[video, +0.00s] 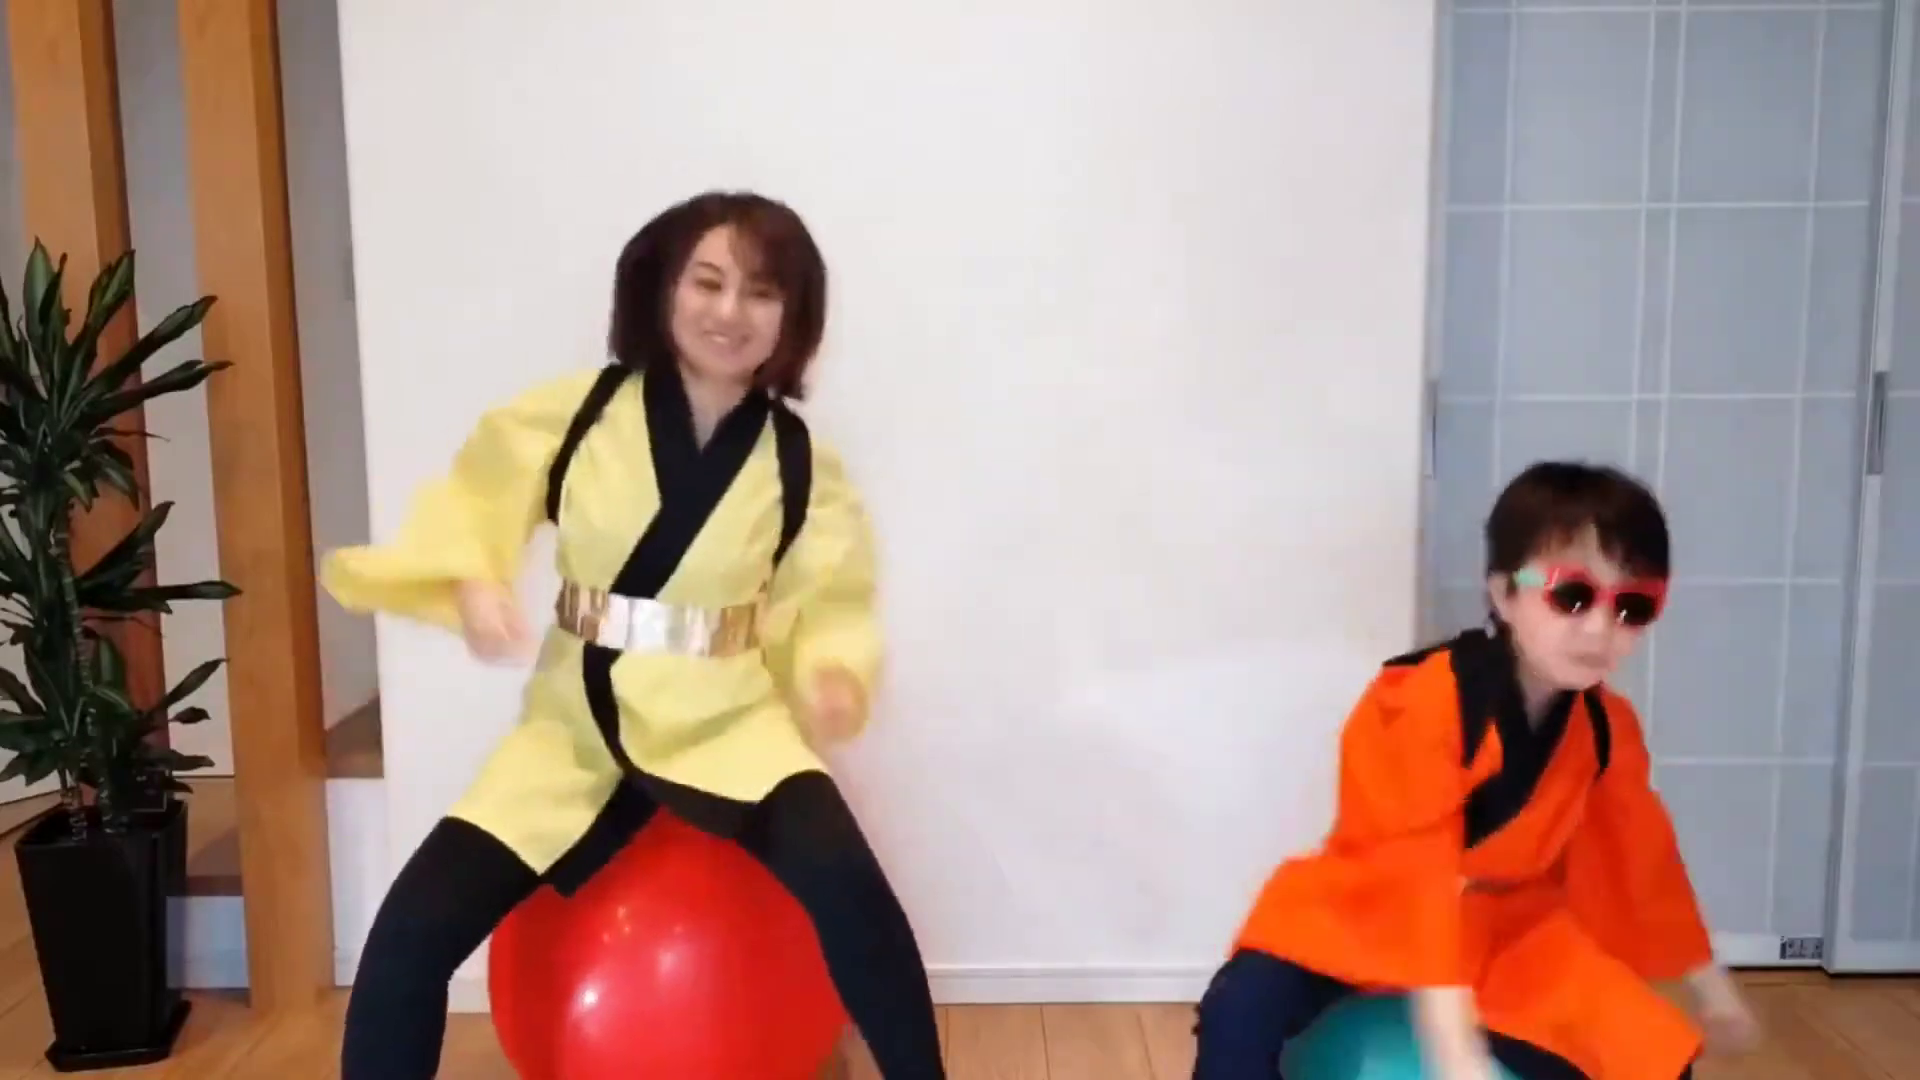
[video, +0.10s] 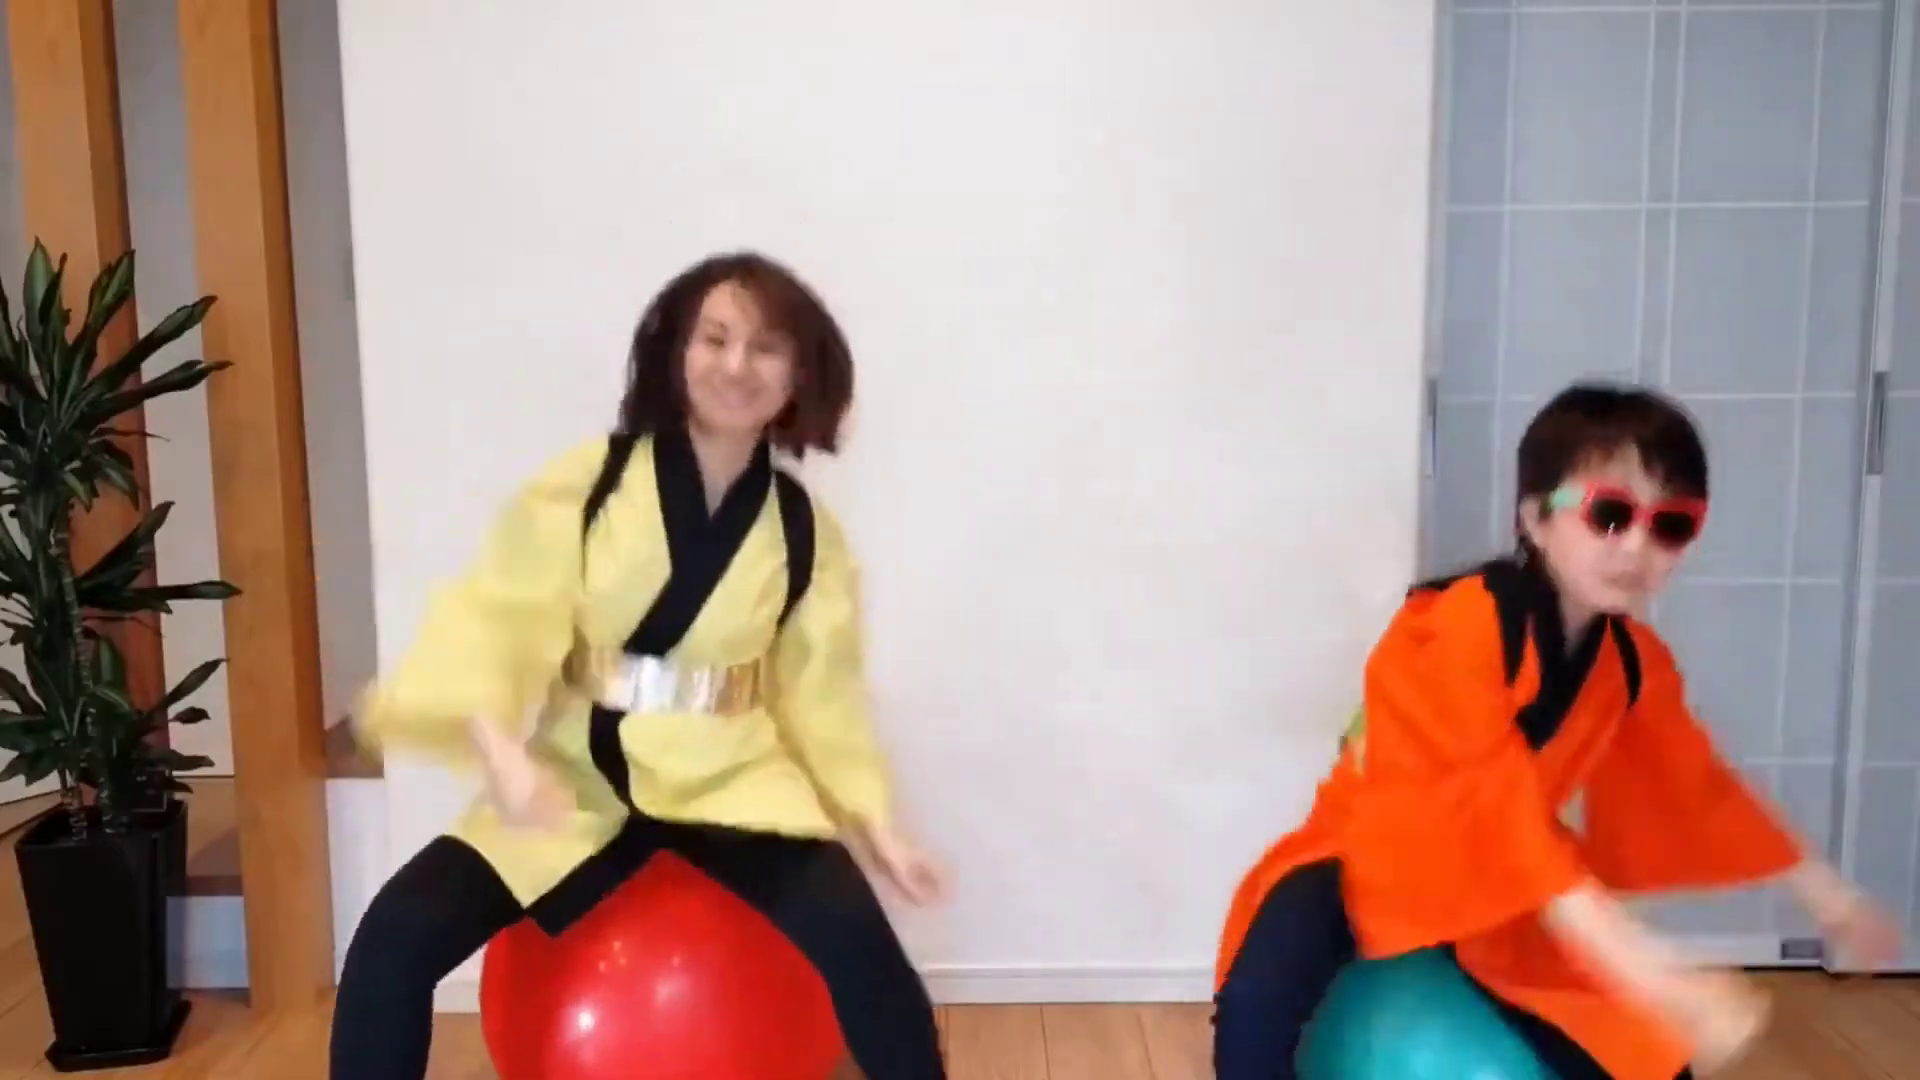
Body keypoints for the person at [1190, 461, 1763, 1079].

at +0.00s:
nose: (1602, 628)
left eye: (1631, 608)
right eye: (1574, 595)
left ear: (1648, 621)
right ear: (1503, 597)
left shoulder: (1606, 729)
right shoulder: (1415, 703)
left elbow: (1647, 868)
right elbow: (1418, 889)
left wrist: (1713, 992)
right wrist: (1458, 1058)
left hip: (1504, 929)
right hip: (1365, 910)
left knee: (1649, 1051)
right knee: (1238, 1015)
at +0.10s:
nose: (1639, 548)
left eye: (1669, 527)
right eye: (1609, 514)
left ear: (1686, 545)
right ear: (1537, 521)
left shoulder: (1633, 665)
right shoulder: (1445, 632)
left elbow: (1708, 794)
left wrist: (1828, 899)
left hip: (1504, 874)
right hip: (1362, 860)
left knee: (1613, 1047)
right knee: (1254, 1005)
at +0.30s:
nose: (1611, 450)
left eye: (1641, 430)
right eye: (1579, 422)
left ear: (1662, 451)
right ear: (1511, 442)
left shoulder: (1649, 572)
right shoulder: (1442, 563)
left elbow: (1767, 660)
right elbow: (1509, 707)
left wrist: (1904, 633)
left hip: (1543, 821)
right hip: (1402, 803)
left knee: (1653, 1039)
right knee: (1312, 973)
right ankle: (1288, 1061)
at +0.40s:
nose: (1566, 505)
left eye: (1596, 482)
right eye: (1533, 480)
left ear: (1620, 496)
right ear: (1477, 503)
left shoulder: (1625, 614)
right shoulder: (1421, 619)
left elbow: (1747, 688)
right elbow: (1422, 769)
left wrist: (1838, 601)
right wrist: (1547, 638)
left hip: (1552, 863)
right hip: (1418, 851)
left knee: (1654, 1042)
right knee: (1339, 961)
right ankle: (1301, 1063)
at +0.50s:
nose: (1521, 568)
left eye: (1549, 545)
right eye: (1488, 547)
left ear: (1580, 564)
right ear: (1443, 574)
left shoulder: (1604, 679)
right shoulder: (1409, 689)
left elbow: (1767, 791)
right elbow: (1348, 869)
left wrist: (1718, 687)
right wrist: (1416, 742)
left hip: (1551, 923)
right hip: (1412, 918)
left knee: (1661, 1062)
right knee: (1312, 1051)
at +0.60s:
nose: (1486, 537)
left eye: (1516, 508)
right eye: (1452, 513)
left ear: (1554, 533)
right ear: (1418, 546)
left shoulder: (1597, 660)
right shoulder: (1388, 666)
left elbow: (1709, 838)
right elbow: (1316, 835)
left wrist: (1699, 718)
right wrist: (1349, 736)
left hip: (1552, 910)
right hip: (1414, 905)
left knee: (1660, 1059)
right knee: (1313, 1041)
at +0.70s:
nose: (1466, 454)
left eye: (1496, 422)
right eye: (1432, 429)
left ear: (1537, 434)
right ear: (1399, 447)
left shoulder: (1598, 564)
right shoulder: (1381, 569)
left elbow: (1642, 748)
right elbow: (1336, 773)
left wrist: (1691, 726)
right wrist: (1298, 721)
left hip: (1550, 843)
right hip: (1410, 837)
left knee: (1657, 1036)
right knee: (1319, 1004)